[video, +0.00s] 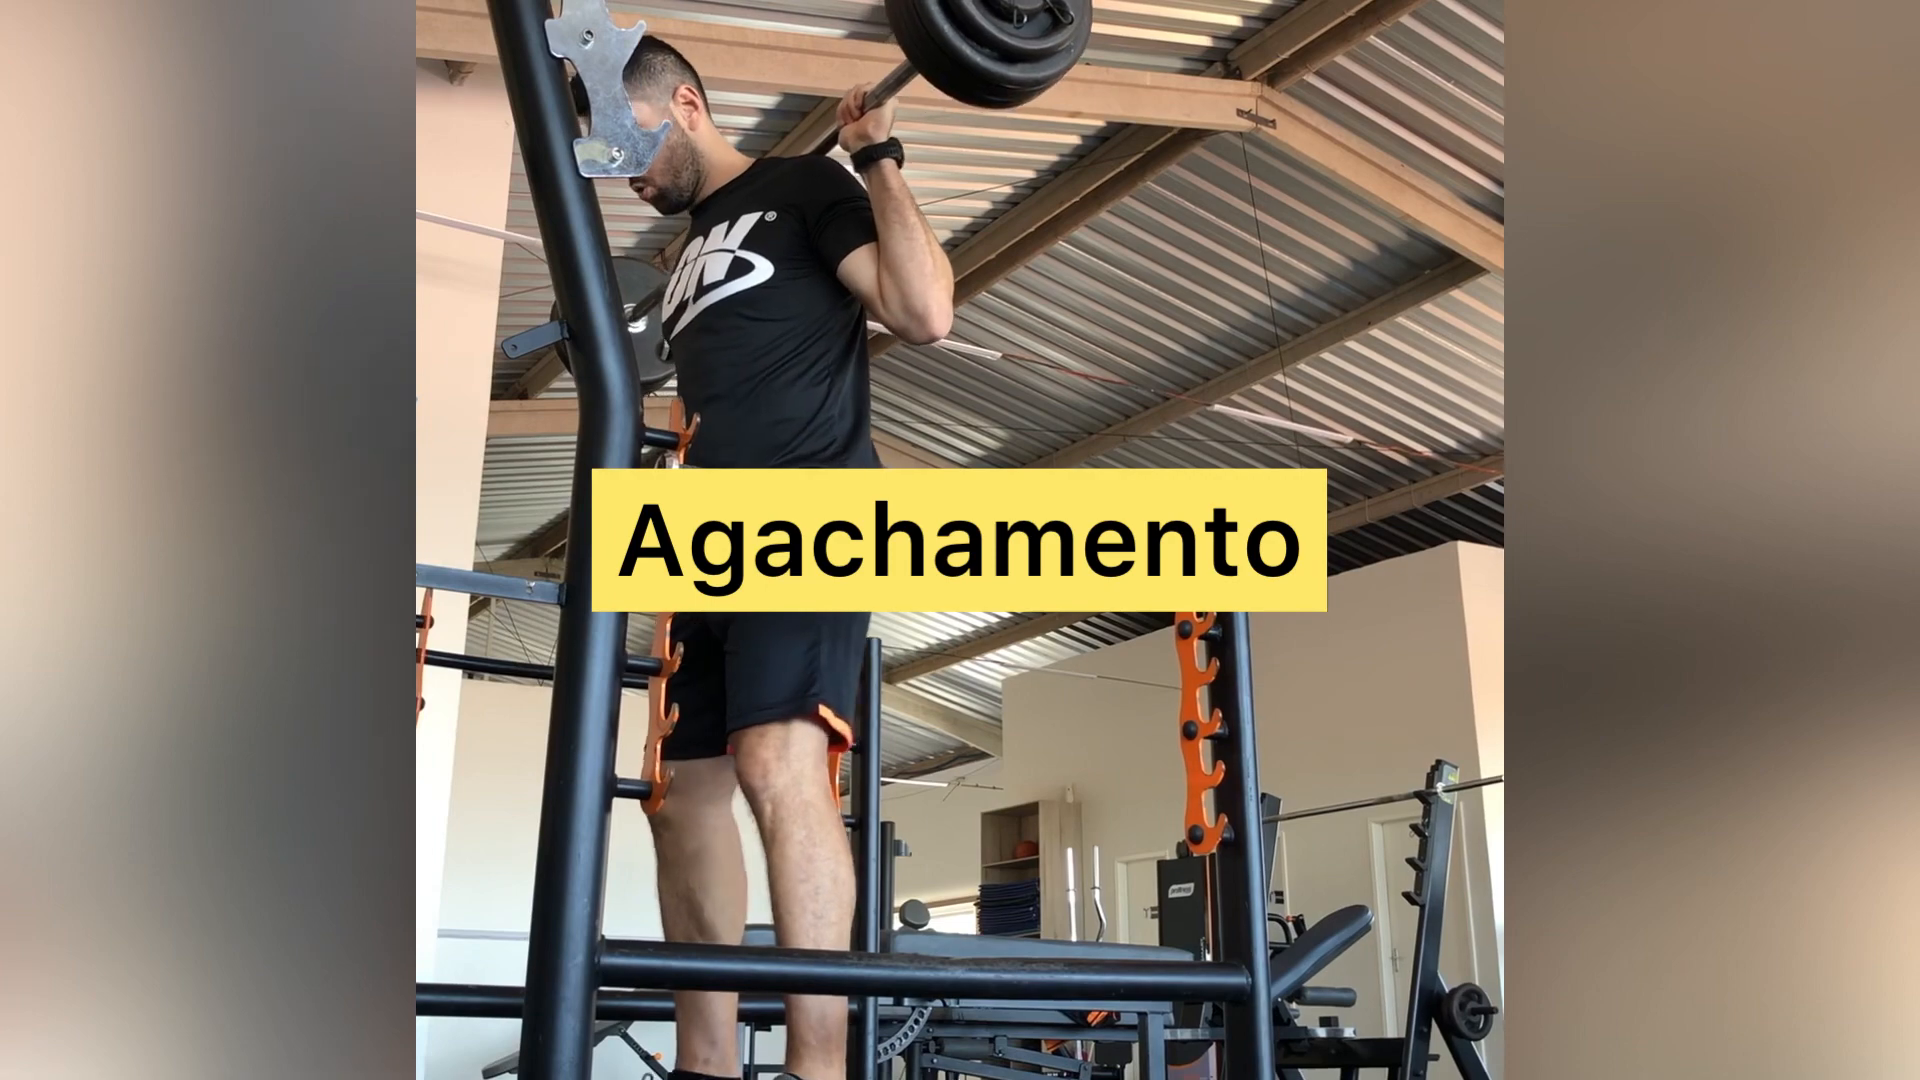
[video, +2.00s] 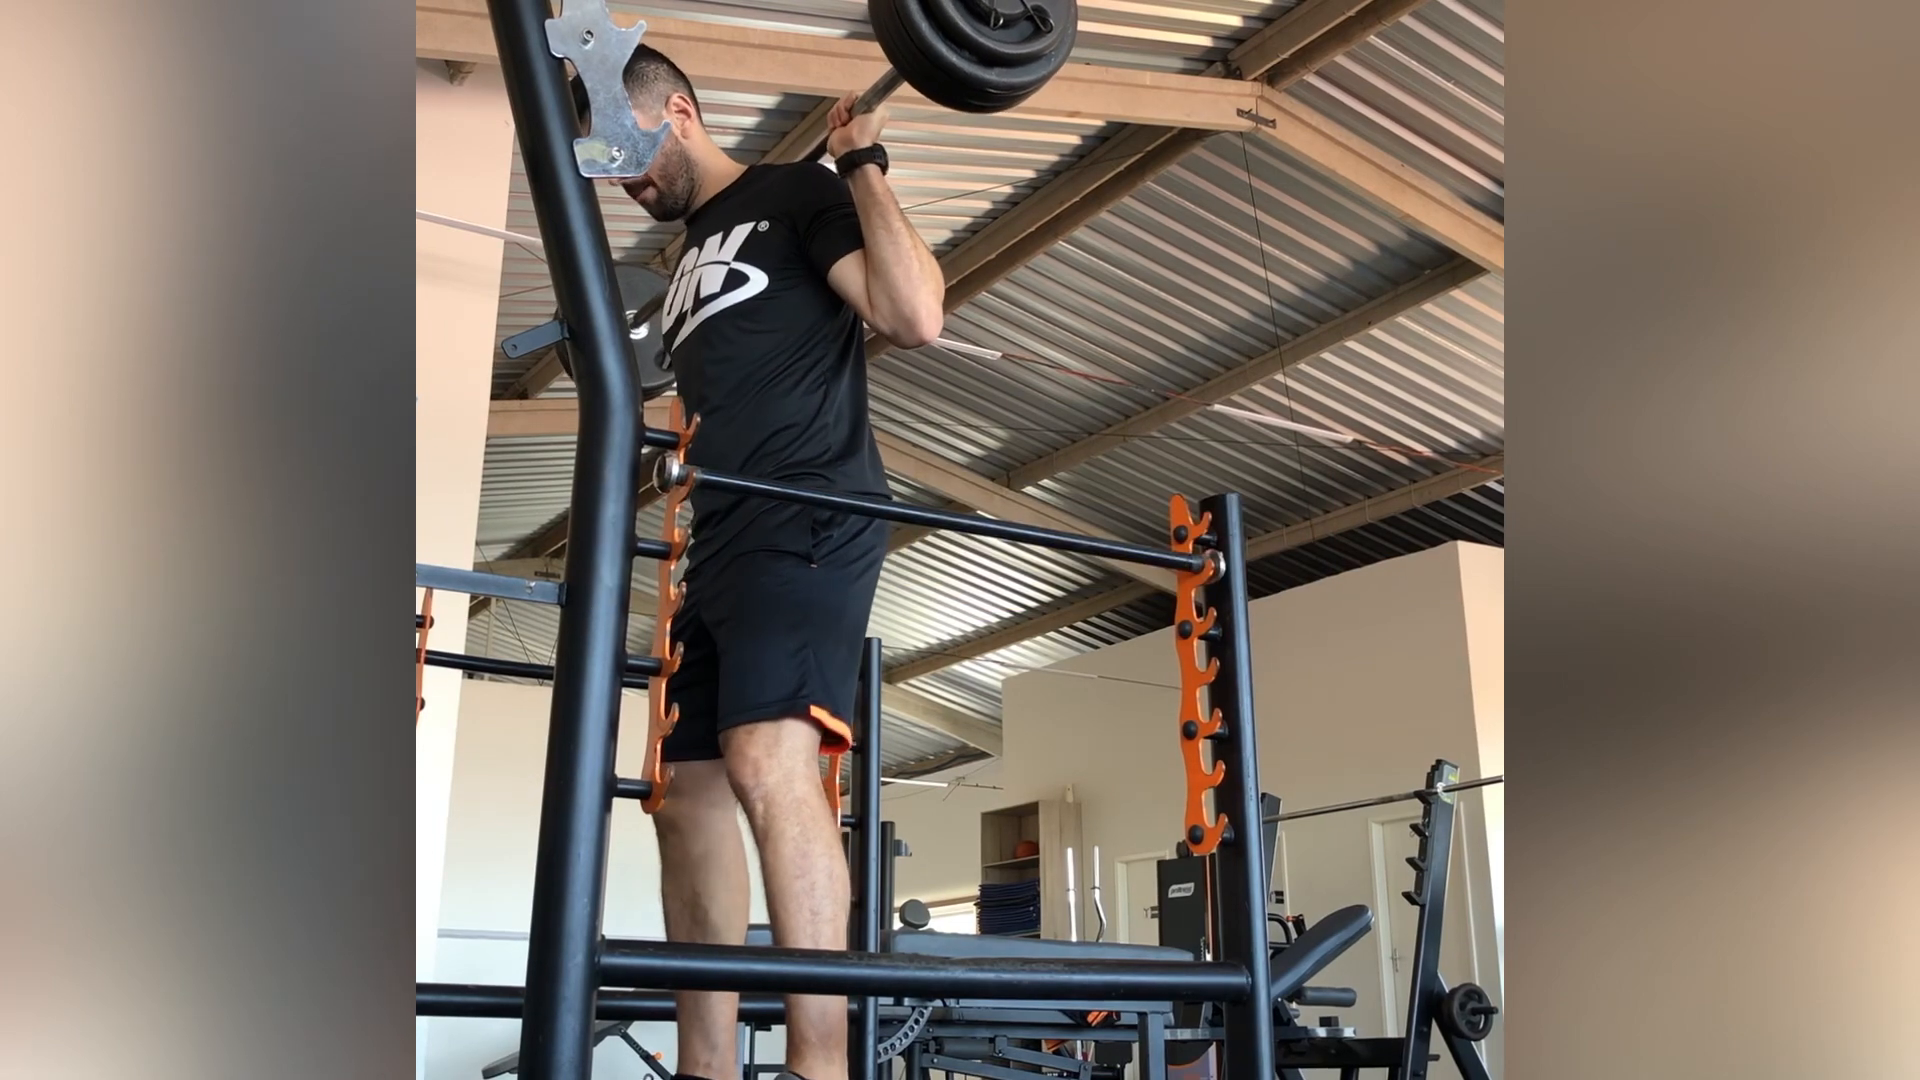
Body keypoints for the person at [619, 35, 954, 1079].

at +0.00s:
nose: (631, 172)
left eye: (635, 144)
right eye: (618, 154)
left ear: (690, 106)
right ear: (662, 124)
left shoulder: (806, 183)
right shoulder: (686, 258)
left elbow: (928, 312)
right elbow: (704, 420)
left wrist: (880, 161)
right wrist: (672, 573)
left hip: (808, 522)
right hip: (713, 537)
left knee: (779, 758)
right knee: (686, 786)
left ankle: (822, 1062)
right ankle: (708, 1063)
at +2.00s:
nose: (630, 182)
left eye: (635, 152)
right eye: (615, 165)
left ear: (684, 112)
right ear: (643, 139)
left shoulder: (799, 192)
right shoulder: (685, 257)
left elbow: (917, 316)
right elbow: (714, 406)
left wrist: (866, 170)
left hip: (809, 512)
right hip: (726, 529)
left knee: (769, 755)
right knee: (687, 788)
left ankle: (825, 1063)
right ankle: (709, 1067)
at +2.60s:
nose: (626, 179)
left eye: (635, 151)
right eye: (614, 164)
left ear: (687, 119)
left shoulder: (798, 197)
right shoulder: (689, 267)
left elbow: (926, 321)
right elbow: (720, 410)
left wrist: (866, 174)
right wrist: (678, 451)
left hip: (823, 525)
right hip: (732, 541)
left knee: (785, 761)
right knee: (701, 787)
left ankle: (827, 1065)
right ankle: (708, 1067)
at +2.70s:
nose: (628, 180)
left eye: (635, 151)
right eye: (614, 165)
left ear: (688, 118)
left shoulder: (800, 195)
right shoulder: (690, 267)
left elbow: (928, 319)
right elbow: (729, 404)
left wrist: (869, 173)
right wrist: (680, 449)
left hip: (828, 519)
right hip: (738, 536)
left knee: (789, 762)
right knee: (692, 789)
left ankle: (827, 1065)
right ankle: (706, 1065)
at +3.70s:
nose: (611, 192)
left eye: (620, 161)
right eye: (597, 176)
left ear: (677, 132)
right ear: (604, 183)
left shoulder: (790, 211)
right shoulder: (674, 293)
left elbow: (918, 336)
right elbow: (713, 428)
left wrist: (854, 187)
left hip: (838, 534)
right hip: (742, 555)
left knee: (780, 759)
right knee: (689, 790)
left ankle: (831, 1065)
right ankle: (700, 1068)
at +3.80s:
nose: (609, 193)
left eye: (618, 162)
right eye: (595, 177)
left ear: (677, 132)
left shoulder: (791, 207)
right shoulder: (671, 293)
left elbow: (920, 333)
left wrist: (854, 184)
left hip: (844, 529)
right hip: (748, 552)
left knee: (781, 758)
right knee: (690, 789)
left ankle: (828, 1066)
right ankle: (701, 1068)